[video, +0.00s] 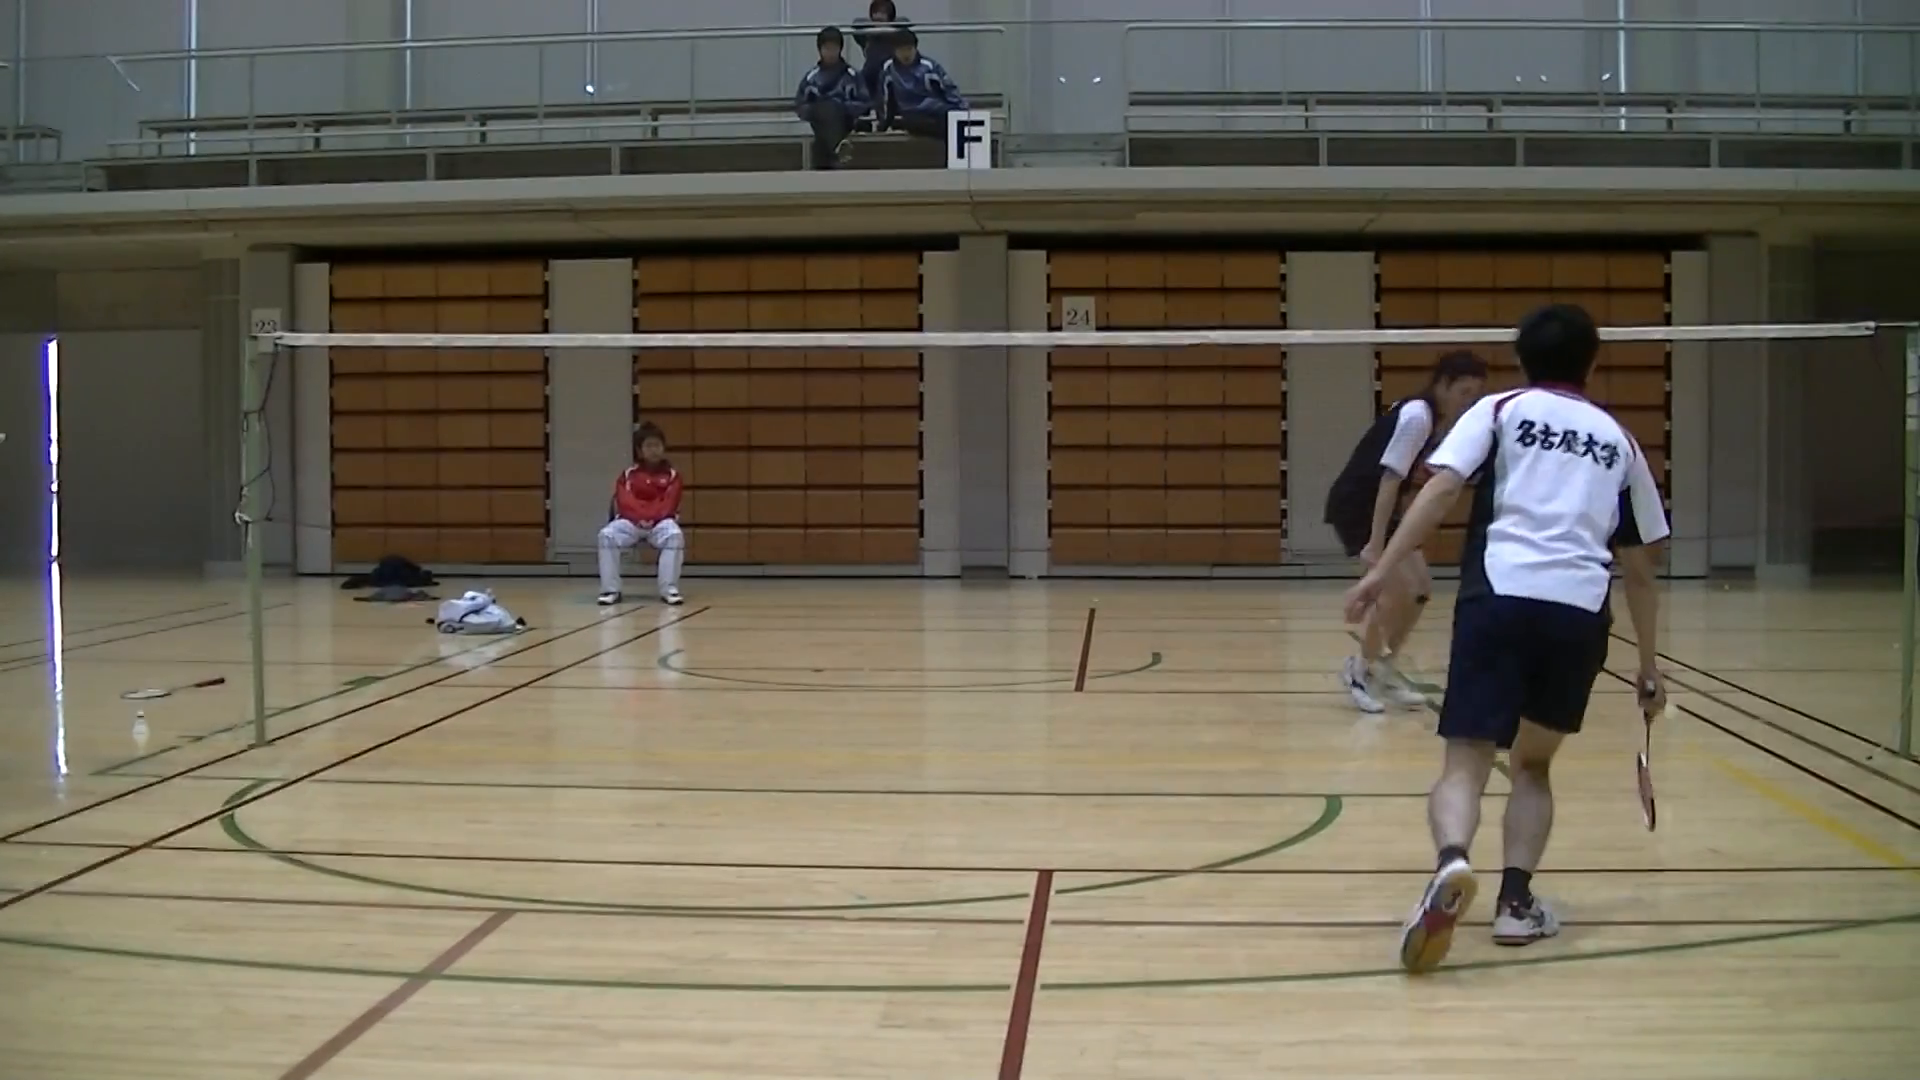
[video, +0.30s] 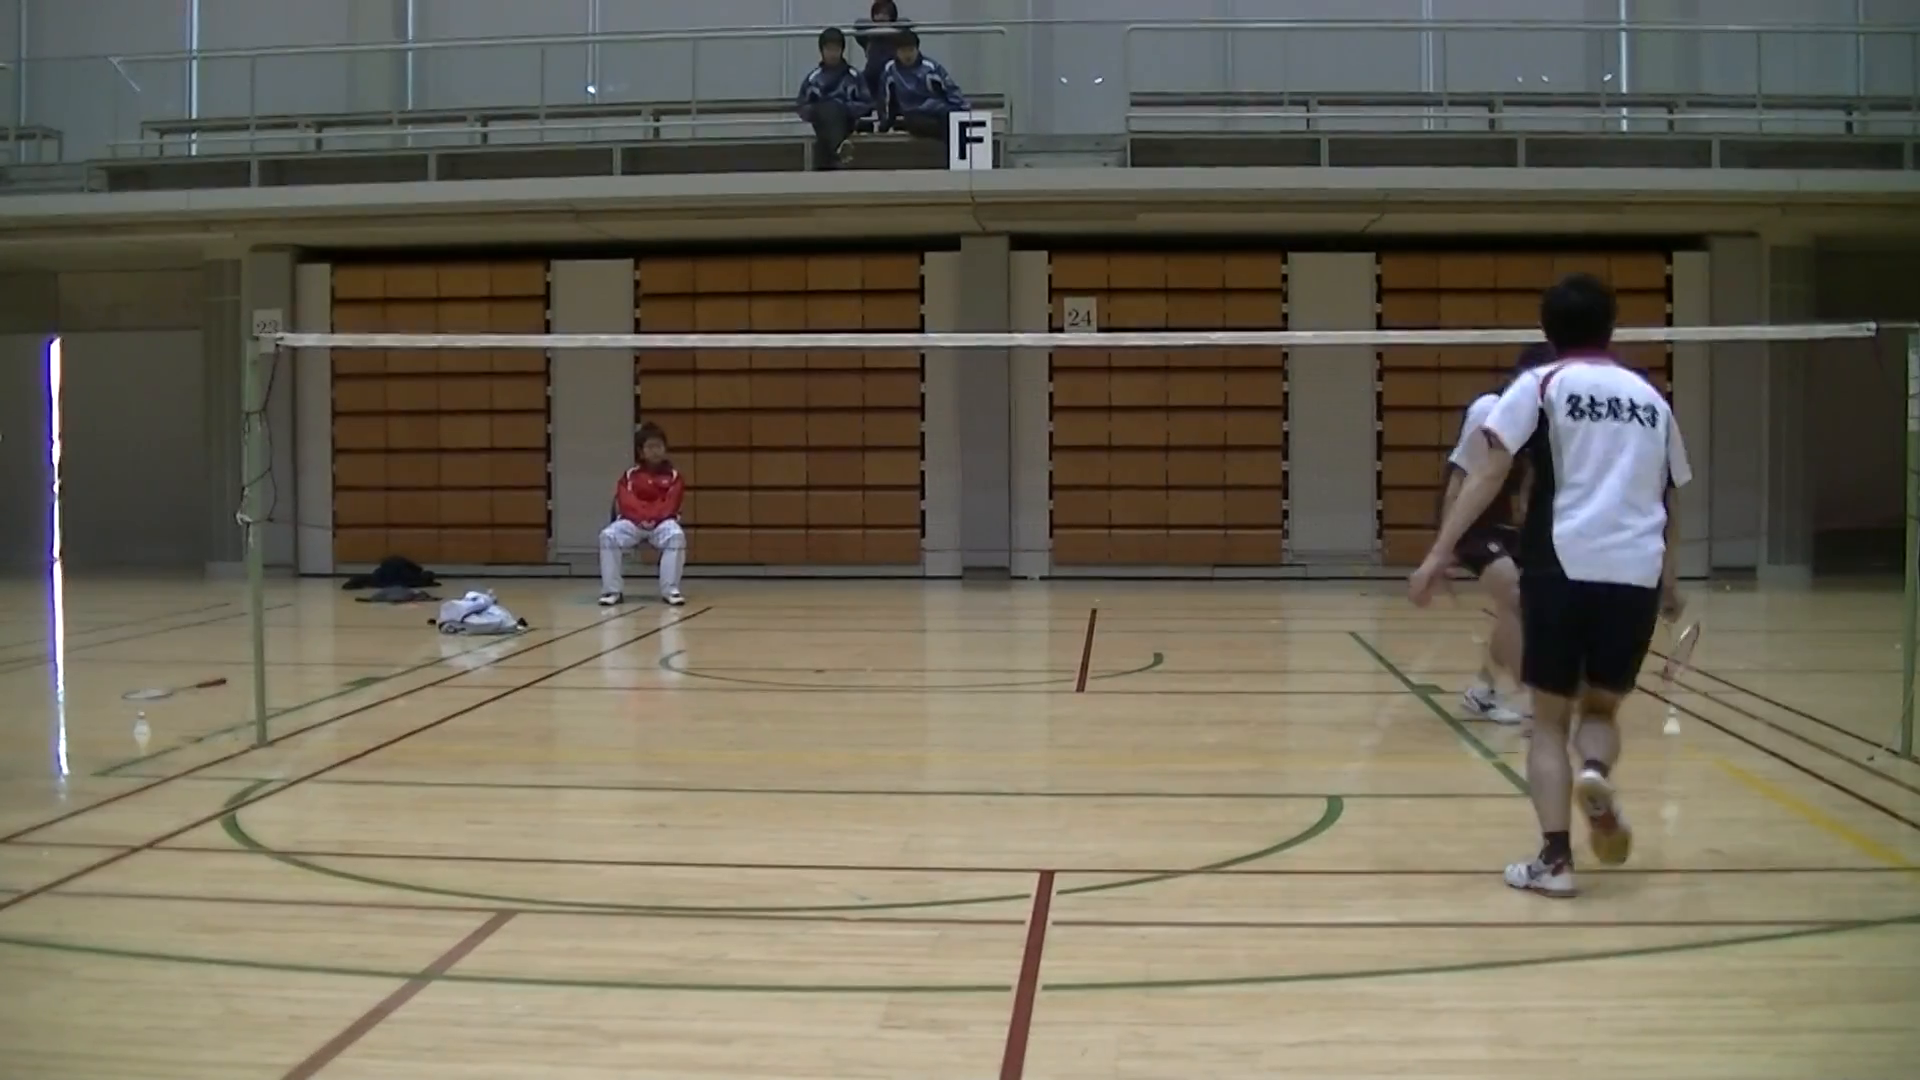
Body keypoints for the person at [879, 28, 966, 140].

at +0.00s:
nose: (906, 54)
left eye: (909, 49)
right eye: (901, 50)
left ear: (916, 49)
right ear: (895, 52)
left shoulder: (930, 66)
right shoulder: (888, 70)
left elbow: (948, 89)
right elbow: (884, 99)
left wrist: (961, 108)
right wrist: (884, 123)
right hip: (910, 115)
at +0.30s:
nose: (907, 55)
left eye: (911, 50)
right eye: (902, 50)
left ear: (917, 50)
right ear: (896, 52)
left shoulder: (931, 67)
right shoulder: (890, 71)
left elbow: (950, 89)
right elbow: (886, 100)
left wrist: (962, 108)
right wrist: (885, 124)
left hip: (940, 111)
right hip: (912, 115)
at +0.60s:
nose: (909, 54)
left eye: (913, 49)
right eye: (904, 50)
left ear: (919, 49)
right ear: (898, 52)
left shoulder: (932, 66)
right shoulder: (891, 69)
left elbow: (951, 89)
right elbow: (887, 98)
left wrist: (964, 108)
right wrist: (886, 123)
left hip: (940, 110)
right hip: (912, 114)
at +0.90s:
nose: (909, 54)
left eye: (913, 49)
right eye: (905, 49)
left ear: (919, 48)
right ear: (898, 51)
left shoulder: (932, 66)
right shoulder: (892, 69)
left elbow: (951, 88)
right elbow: (887, 97)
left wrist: (964, 108)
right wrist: (886, 123)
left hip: (941, 110)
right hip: (913, 114)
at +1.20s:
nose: (909, 54)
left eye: (913, 49)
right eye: (905, 50)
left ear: (919, 48)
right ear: (898, 51)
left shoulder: (933, 66)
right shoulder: (892, 69)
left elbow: (951, 89)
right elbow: (887, 98)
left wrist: (965, 108)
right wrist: (886, 123)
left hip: (940, 109)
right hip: (914, 114)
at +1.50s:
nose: (910, 54)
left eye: (913, 49)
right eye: (905, 49)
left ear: (919, 49)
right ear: (898, 51)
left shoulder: (933, 65)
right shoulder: (892, 69)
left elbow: (951, 88)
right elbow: (886, 97)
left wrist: (964, 106)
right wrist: (886, 122)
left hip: (941, 109)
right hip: (914, 114)